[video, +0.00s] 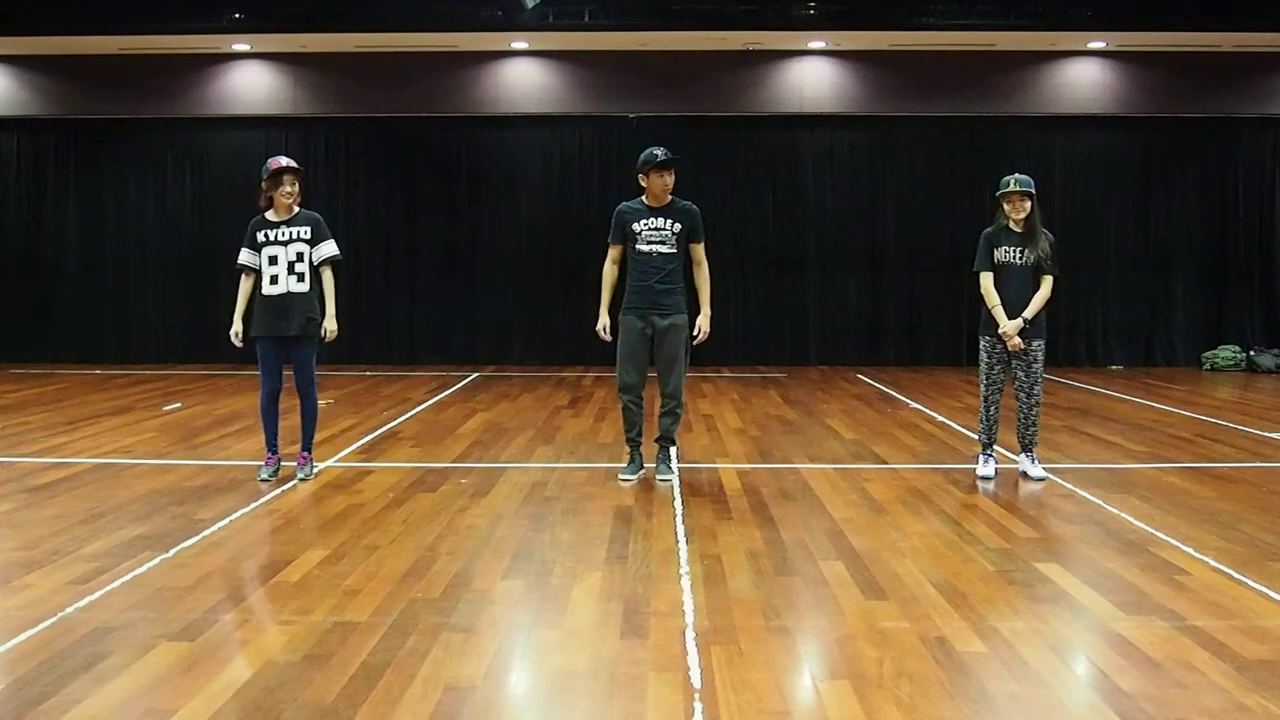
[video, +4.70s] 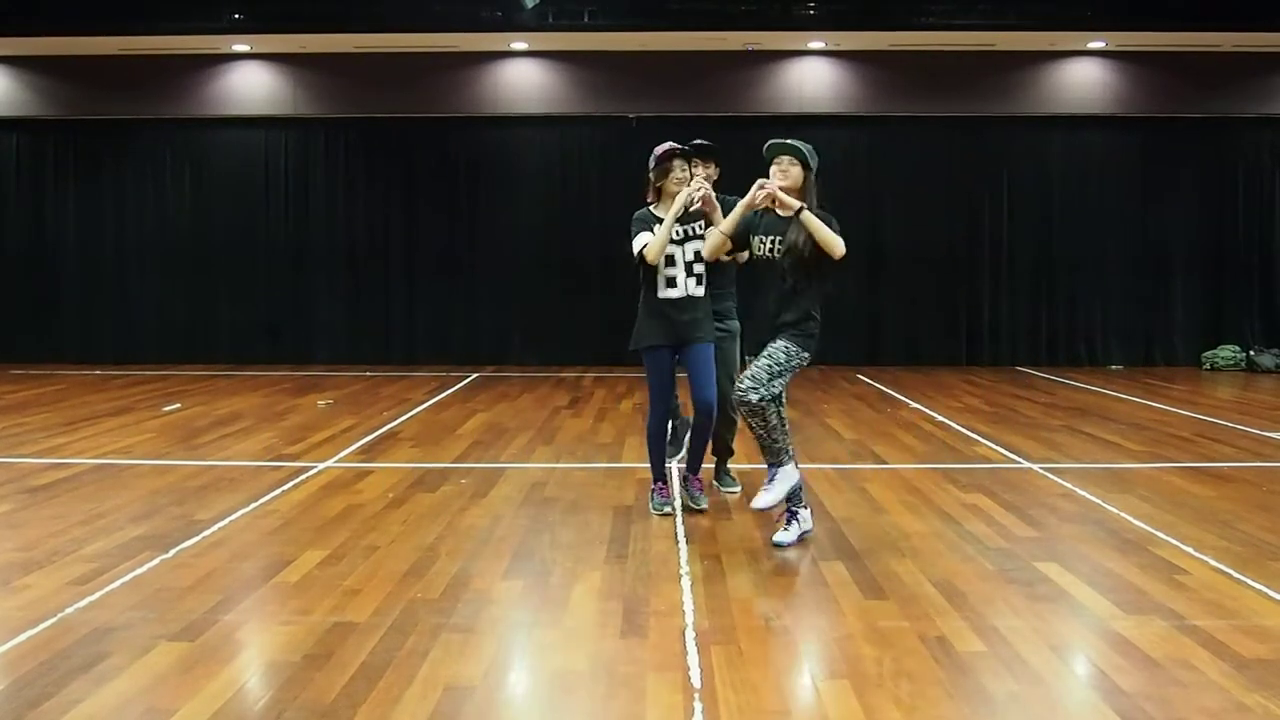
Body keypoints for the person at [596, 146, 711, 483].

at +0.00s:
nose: (667, 178)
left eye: (670, 172)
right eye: (660, 173)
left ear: (674, 176)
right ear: (643, 179)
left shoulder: (688, 213)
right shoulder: (625, 213)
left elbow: (699, 264)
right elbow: (612, 262)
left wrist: (705, 312)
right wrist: (604, 311)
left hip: (674, 315)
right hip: (633, 315)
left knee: (672, 389)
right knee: (629, 387)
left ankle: (667, 451)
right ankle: (633, 454)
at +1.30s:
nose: (644, 196)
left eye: (650, 189)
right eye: (638, 189)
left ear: (660, 190)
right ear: (628, 191)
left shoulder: (678, 223)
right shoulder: (615, 229)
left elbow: (687, 271)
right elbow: (611, 279)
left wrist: (679, 305)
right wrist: (632, 293)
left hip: (669, 313)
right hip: (630, 315)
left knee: (677, 367)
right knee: (623, 386)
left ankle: (666, 430)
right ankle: (633, 453)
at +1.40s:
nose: (647, 196)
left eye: (653, 189)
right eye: (640, 189)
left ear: (663, 191)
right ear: (631, 192)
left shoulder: (680, 223)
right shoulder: (617, 228)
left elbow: (687, 273)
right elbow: (617, 280)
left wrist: (671, 278)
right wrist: (644, 261)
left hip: (671, 308)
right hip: (632, 314)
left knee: (686, 349)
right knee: (624, 387)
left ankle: (670, 411)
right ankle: (633, 454)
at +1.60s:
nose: (659, 185)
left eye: (666, 179)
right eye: (653, 179)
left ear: (676, 182)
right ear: (643, 181)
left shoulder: (690, 218)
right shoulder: (628, 214)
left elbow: (688, 267)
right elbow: (624, 258)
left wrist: (667, 237)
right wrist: (648, 217)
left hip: (679, 315)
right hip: (637, 316)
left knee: (699, 377)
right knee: (630, 387)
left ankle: (689, 446)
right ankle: (634, 454)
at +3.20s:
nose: (681, 179)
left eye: (688, 173)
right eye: (676, 174)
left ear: (702, 180)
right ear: (669, 181)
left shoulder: (720, 219)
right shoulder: (657, 218)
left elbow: (721, 257)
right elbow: (659, 256)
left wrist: (695, 219)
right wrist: (678, 212)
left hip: (714, 311)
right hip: (673, 317)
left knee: (742, 354)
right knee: (671, 395)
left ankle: (722, 418)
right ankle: (677, 462)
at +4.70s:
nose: (701, 174)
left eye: (706, 168)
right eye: (694, 168)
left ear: (717, 171)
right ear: (683, 172)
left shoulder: (733, 207)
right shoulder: (673, 209)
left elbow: (742, 255)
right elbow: (661, 252)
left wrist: (715, 217)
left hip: (722, 312)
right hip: (682, 311)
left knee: (727, 391)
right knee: (665, 384)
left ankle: (723, 463)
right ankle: (677, 422)